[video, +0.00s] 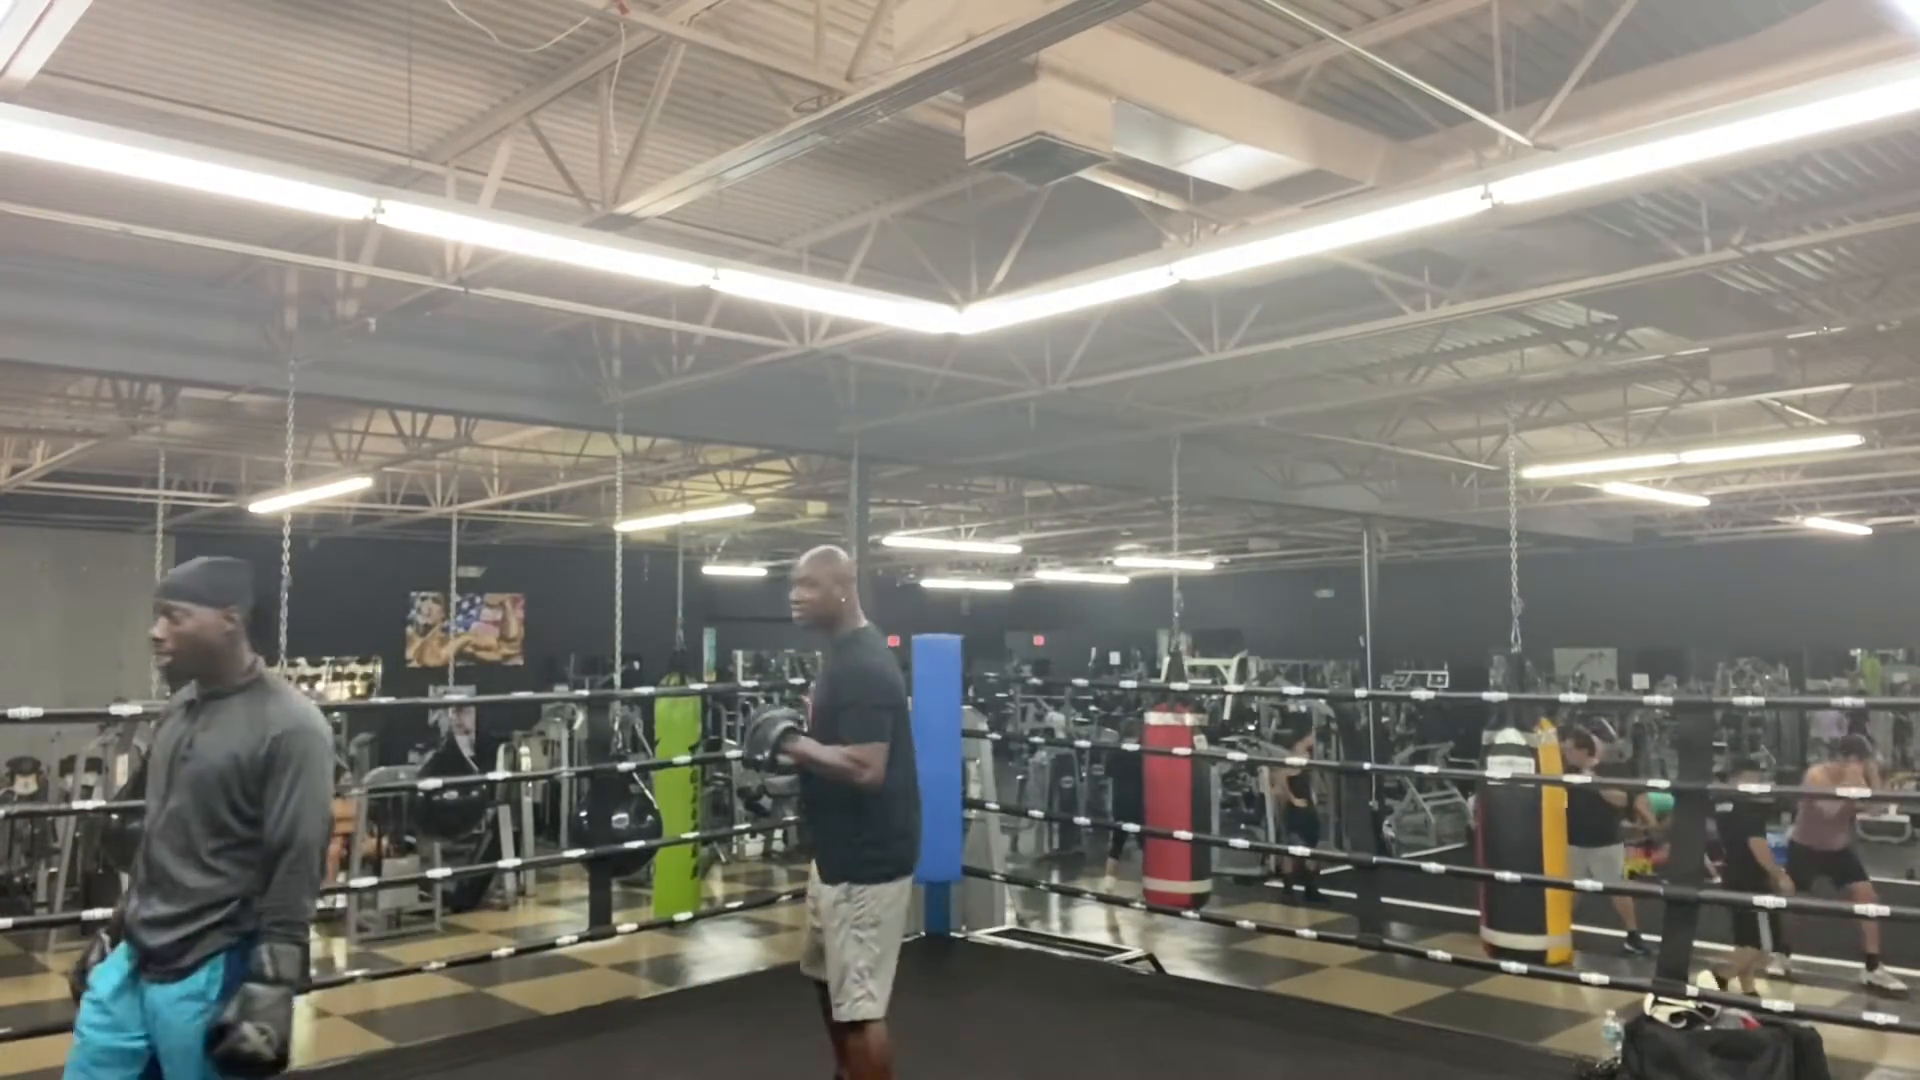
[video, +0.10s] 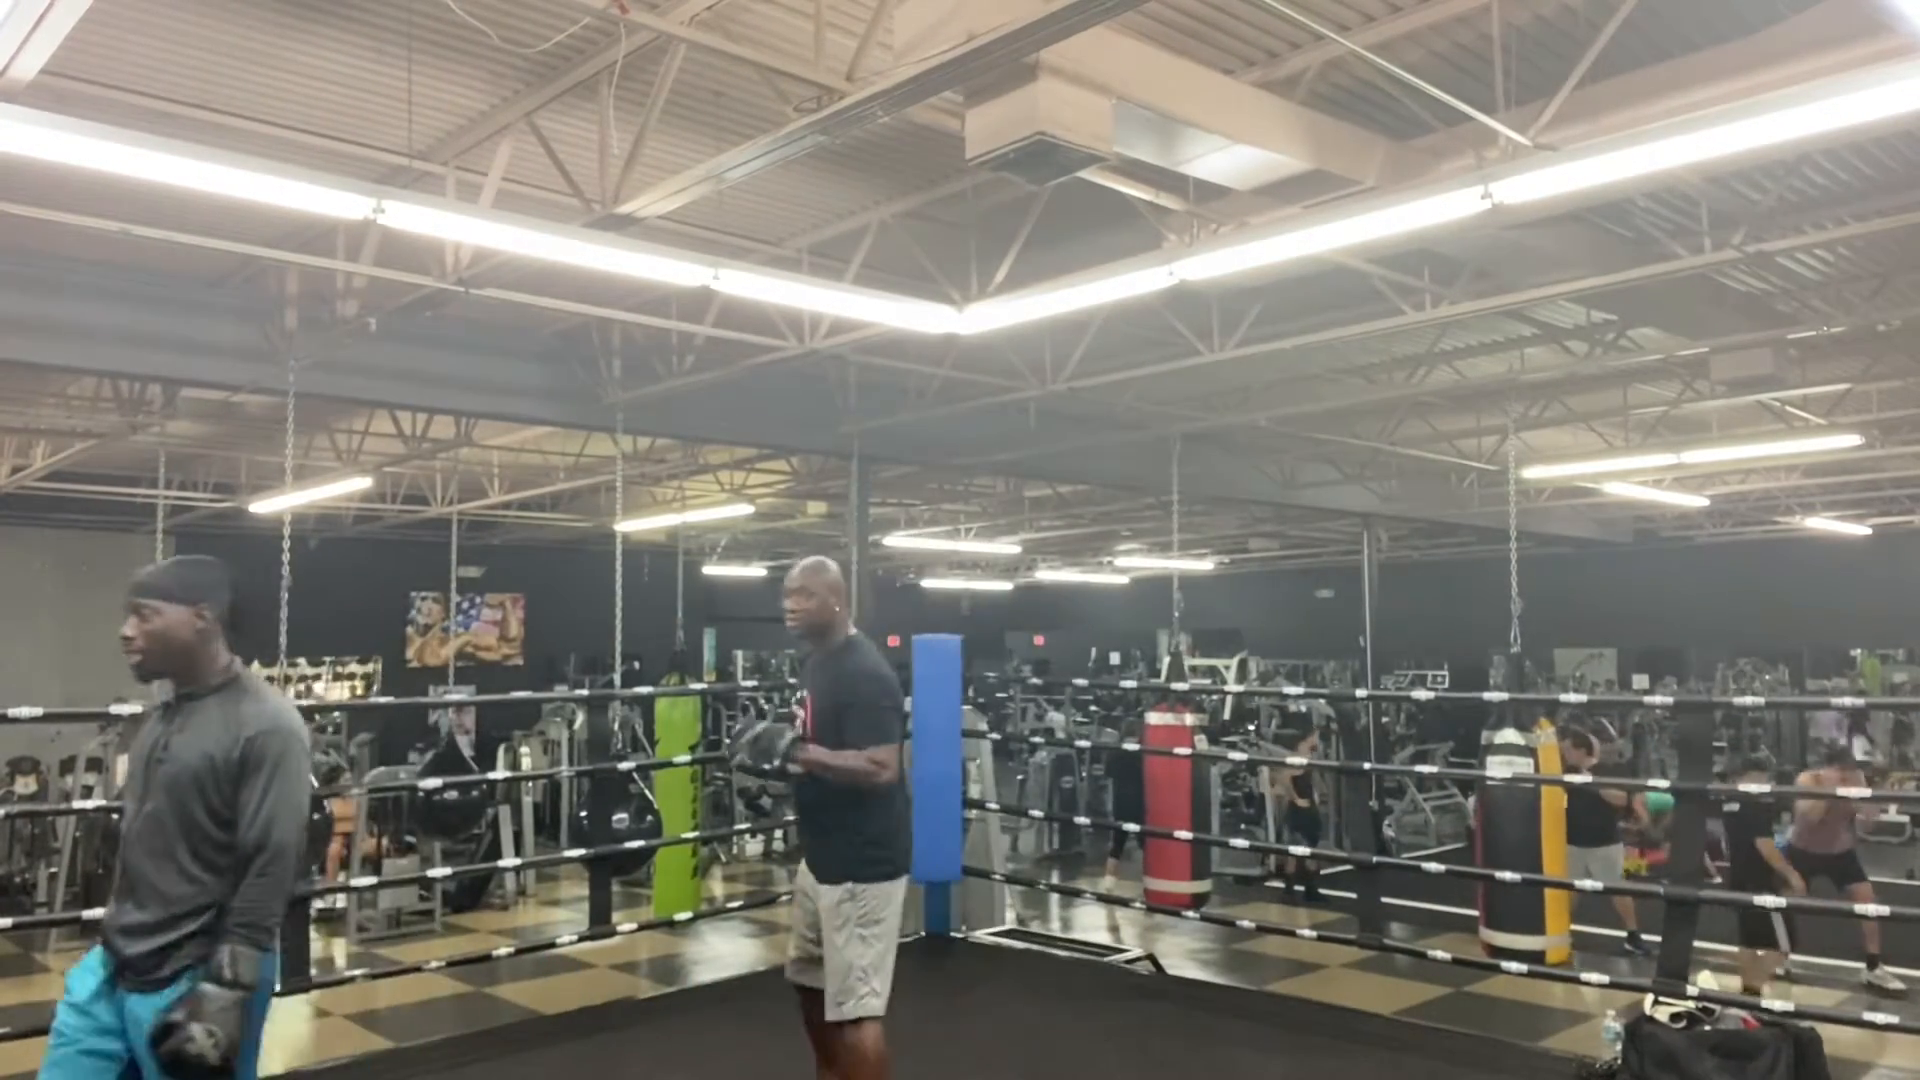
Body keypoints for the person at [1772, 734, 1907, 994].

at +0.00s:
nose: (1855, 767)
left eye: (1860, 763)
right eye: (1853, 762)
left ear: (1863, 763)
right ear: (1842, 758)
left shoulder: (1859, 780)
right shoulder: (1816, 775)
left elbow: (1877, 808)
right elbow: (1828, 813)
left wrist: (1873, 776)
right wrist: (1849, 786)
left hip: (1839, 852)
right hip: (1804, 850)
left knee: (1866, 898)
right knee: (1789, 905)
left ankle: (1873, 967)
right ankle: (1780, 955)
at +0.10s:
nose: (1844, 776)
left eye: (1849, 771)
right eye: (1839, 770)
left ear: (1853, 770)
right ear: (1827, 767)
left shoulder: (1855, 780)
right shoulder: (1807, 779)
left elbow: (1868, 817)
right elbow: (1810, 817)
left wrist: (1854, 792)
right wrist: (1829, 789)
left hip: (1842, 856)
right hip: (1802, 855)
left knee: (1867, 903)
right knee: (1784, 903)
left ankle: (1874, 966)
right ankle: (1782, 957)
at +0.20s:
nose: (1834, 777)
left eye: (1838, 773)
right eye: (1830, 772)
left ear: (1844, 773)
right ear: (1820, 771)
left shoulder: (1849, 791)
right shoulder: (1801, 788)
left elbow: (1860, 831)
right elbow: (1789, 826)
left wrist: (1846, 802)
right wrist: (1812, 798)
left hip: (1842, 859)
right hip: (1802, 858)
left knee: (1866, 905)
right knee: (1788, 905)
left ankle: (1876, 967)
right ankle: (1782, 957)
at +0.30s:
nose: (1844, 780)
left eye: (1849, 776)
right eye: (1840, 775)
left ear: (1854, 775)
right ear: (1831, 771)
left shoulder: (1852, 789)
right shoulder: (1813, 785)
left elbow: (1850, 814)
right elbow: (1793, 815)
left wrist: (1857, 833)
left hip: (1845, 860)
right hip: (1810, 861)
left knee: (1868, 911)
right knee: (1790, 906)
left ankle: (1877, 967)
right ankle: (1782, 955)